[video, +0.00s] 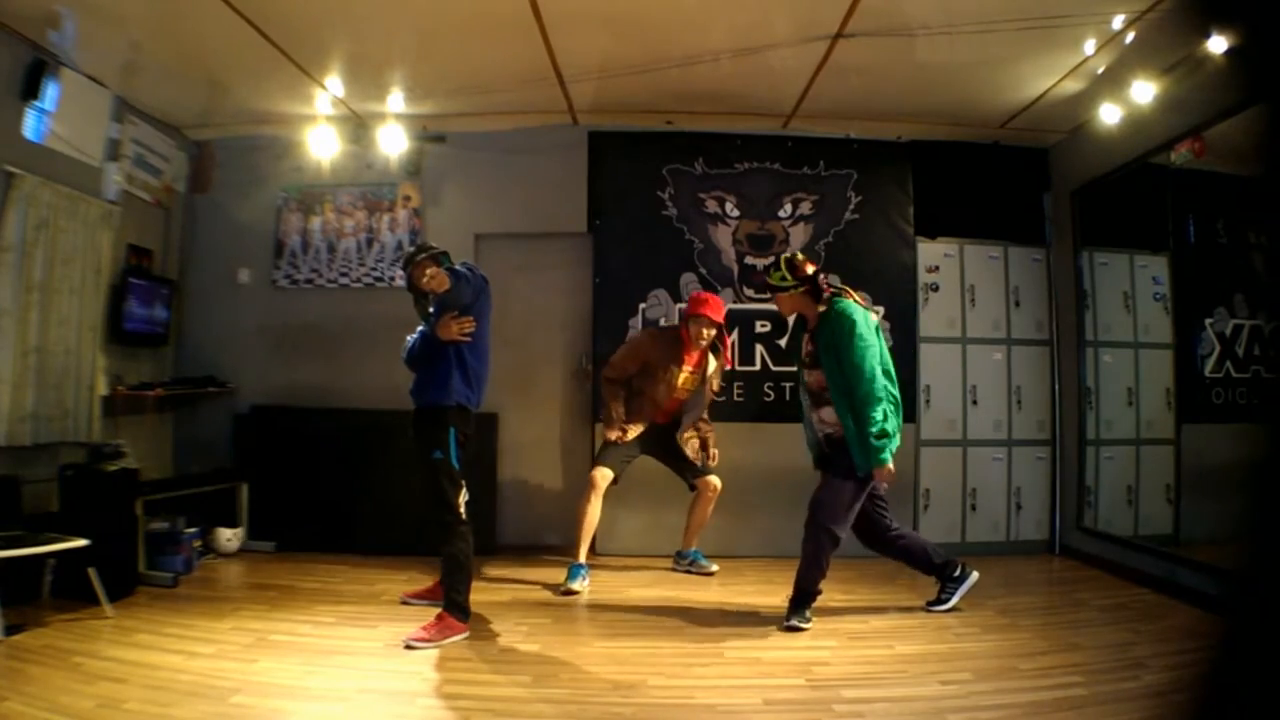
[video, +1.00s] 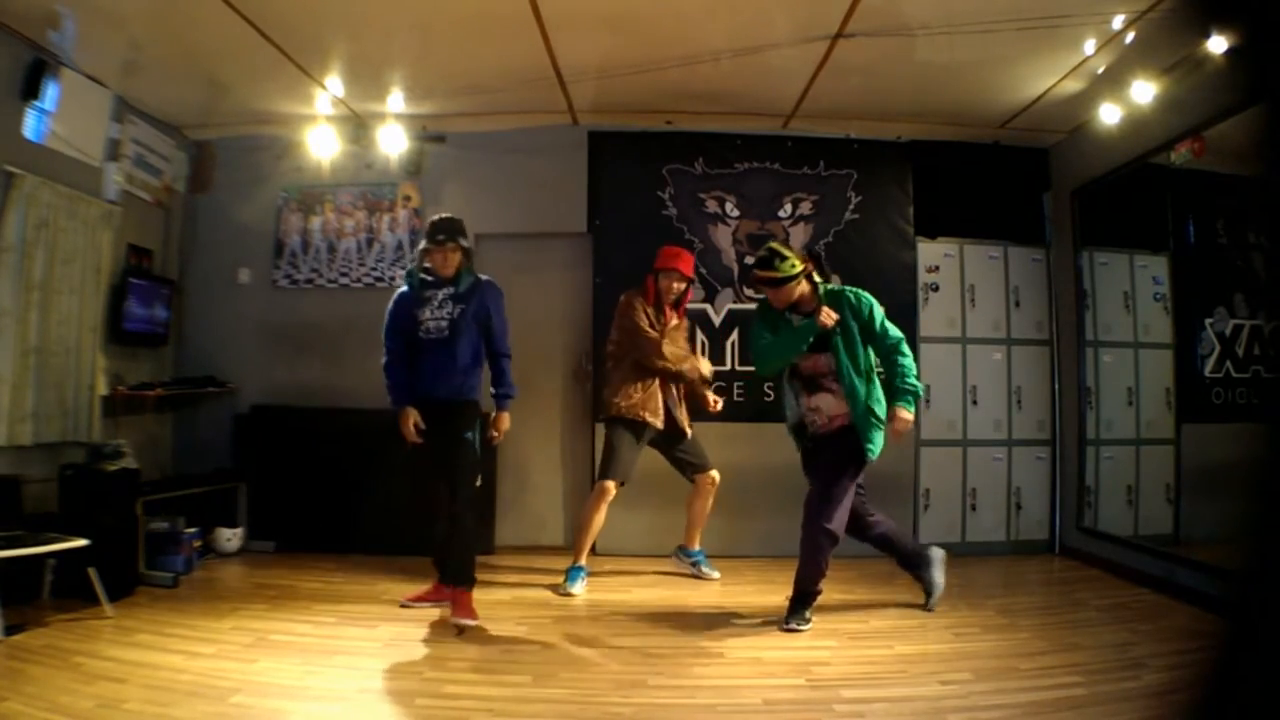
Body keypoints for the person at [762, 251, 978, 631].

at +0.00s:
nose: (775, 301)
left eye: (777, 293)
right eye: (774, 293)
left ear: (797, 290)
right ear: (799, 288)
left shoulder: (846, 317)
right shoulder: (815, 321)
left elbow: (868, 385)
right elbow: (825, 389)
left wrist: (879, 451)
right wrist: (821, 446)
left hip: (859, 443)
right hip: (837, 443)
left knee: (824, 518)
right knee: (876, 530)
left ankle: (801, 604)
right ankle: (951, 572)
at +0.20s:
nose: (766, 303)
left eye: (769, 295)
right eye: (765, 296)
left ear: (790, 289)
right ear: (790, 290)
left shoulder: (839, 309)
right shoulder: (805, 329)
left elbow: (866, 372)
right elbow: (800, 400)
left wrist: (847, 432)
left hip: (865, 435)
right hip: (843, 439)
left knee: (823, 517)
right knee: (876, 527)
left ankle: (801, 604)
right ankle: (952, 572)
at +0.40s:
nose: (765, 304)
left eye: (767, 296)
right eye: (763, 297)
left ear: (790, 290)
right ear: (785, 294)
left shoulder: (841, 308)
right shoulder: (794, 338)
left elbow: (868, 348)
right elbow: (772, 390)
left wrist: (849, 382)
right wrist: (716, 391)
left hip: (867, 435)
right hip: (837, 443)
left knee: (824, 514)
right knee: (875, 527)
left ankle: (801, 603)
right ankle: (950, 571)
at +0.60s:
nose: (762, 304)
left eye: (765, 295)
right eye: (760, 297)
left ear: (788, 289)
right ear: (783, 293)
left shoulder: (839, 306)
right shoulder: (793, 339)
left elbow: (878, 336)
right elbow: (772, 391)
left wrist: (885, 376)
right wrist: (719, 385)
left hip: (867, 439)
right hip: (837, 446)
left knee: (824, 515)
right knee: (877, 526)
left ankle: (801, 603)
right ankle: (950, 571)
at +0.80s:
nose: (764, 309)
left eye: (766, 301)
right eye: (762, 303)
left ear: (786, 293)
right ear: (782, 295)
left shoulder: (840, 306)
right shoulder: (788, 328)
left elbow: (880, 345)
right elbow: (781, 379)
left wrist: (903, 398)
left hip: (864, 433)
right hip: (840, 437)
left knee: (815, 515)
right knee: (877, 524)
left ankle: (800, 603)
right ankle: (952, 572)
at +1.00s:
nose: (768, 295)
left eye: (774, 286)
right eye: (764, 287)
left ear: (800, 276)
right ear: (763, 285)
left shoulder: (852, 303)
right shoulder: (769, 317)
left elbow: (895, 346)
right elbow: (762, 361)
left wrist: (904, 399)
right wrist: (810, 327)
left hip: (854, 429)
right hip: (810, 437)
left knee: (820, 517)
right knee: (856, 518)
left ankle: (801, 603)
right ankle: (924, 561)